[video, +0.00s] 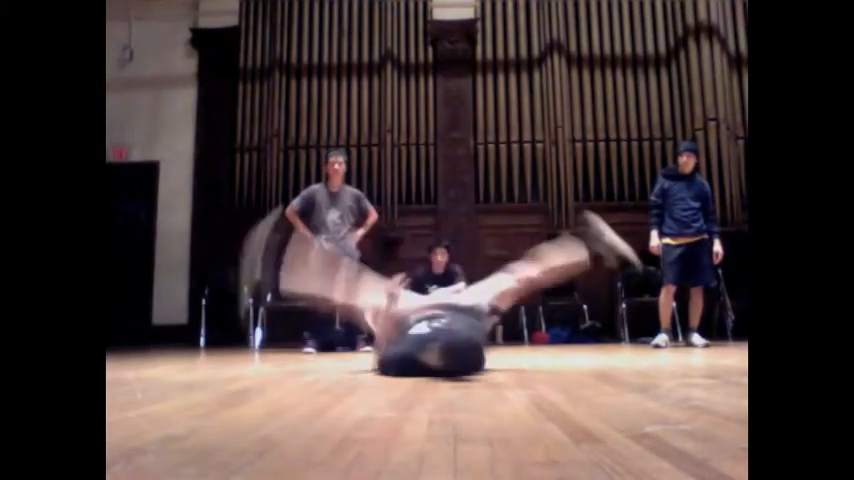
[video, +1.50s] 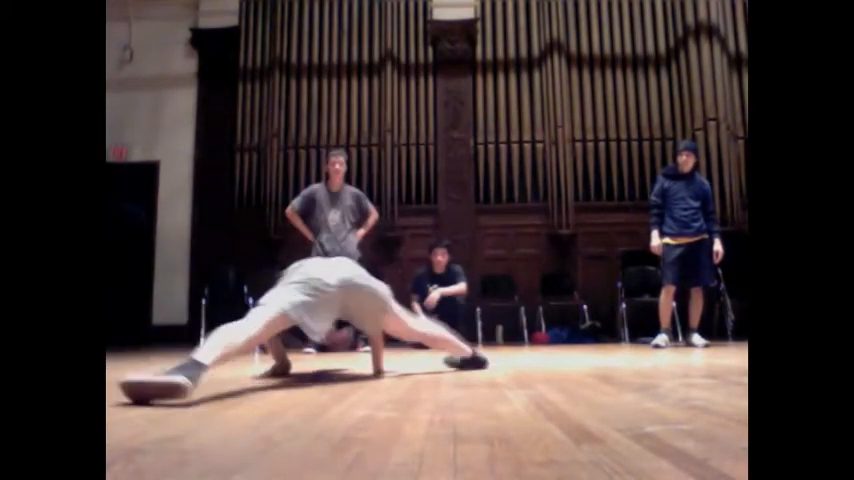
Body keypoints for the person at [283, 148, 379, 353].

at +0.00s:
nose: (336, 167)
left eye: (340, 164)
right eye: (333, 163)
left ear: (345, 168)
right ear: (326, 167)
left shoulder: (354, 194)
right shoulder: (314, 192)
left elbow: (373, 215)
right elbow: (290, 211)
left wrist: (358, 234)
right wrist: (309, 237)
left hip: (347, 252)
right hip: (320, 250)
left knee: (349, 297)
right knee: (318, 294)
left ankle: (358, 338)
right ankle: (312, 339)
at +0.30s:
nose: (336, 167)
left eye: (340, 163)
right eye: (333, 163)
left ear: (345, 168)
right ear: (326, 167)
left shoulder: (354, 194)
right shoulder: (314, 192)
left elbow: (373, 215)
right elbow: (291, 212)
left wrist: (359, 233)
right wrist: (311, 237)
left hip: (347, 253)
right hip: (322, 252)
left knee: (350, 297)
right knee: (316, 297)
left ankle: (358, 338)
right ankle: (313, 340)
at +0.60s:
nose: (336, 167)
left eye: (340, 163)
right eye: (333, 163)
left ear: (345, 168)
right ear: (326, 167)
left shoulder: (354, 194)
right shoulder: (314, 192)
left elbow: (373, 215)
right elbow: (291, 212)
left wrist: (358, 234)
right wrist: (311, 238)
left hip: (347, 254)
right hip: (322, 254)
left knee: (349, 298)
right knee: (320, 299)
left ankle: (355, 338)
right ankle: (321, 339)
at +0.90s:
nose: (337, 168)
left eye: (340, 164)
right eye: (334, 164)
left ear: (345, 168)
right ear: (327, 167)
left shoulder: (354, 195)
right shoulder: (314, 192)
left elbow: (373, 214)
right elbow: (290, 212)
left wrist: (363, 233)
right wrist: (302, 236)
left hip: (348, 253)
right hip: (318, 252)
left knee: (350, 298)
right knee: (321, 297)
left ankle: (354, 339)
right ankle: (316, 340)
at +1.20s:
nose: (337, 167)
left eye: (341, 163)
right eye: (334, 163)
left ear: (346, 167)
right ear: (326, 167)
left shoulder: (354, 194)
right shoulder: (314, 192)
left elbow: (373, 214)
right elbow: (290, 211)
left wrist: (360, 234)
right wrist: (307, 233)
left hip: (350, 259)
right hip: (318, 257)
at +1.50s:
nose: (337, 167)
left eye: (340, 164)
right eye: (334, 163)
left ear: (345, 167)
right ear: (327, 167)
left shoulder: (354, 194)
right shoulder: (314, 192)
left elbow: (373, 214)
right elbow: (291, 212)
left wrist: (360, 233)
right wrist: (310, 236)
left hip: (349, 253)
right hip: (322, 252)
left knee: (357, 293)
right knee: (314, 294)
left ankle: (359, 338)